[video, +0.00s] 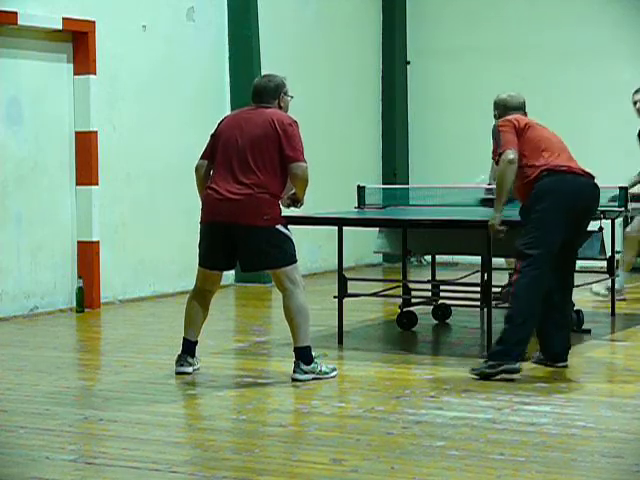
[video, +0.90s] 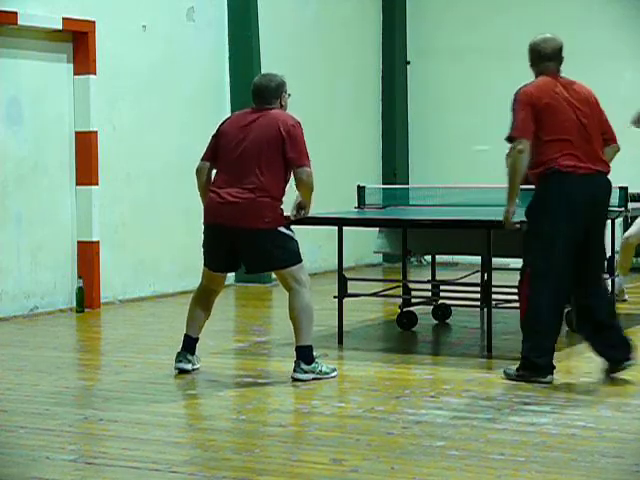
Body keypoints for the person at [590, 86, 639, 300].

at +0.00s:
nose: (638, 106)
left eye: (639, 101)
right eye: (636, 102)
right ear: (633, 105)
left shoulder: (639, 131)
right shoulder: (638, 132)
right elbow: (639, 172)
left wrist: (631, 187)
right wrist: (628, 185)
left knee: (632, 233)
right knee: (631, 233)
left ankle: (619, 281)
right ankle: (619, 281)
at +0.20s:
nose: (626, 132)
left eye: (630, 127)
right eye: (623, 129)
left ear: (639, 128)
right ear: (621, 133)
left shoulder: (636, 158)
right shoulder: (633, 158)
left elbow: (636, 188)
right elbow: (635, 189)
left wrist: (632, 196)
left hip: (638, 213)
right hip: (634, 212)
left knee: (617, 239)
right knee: (614, 239)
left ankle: (616, 286)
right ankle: (615, 285)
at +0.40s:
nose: (619, 148)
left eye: (623, 144)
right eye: (618, 145)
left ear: (635, 143)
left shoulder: (636, 161)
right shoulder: (634, 161)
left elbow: (630, 189)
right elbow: (630, 189)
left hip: (637, 220)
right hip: (635, 219)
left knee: (619, 243)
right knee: (619, 243)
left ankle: (614, 286)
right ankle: (615, 286)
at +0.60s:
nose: (630, 141)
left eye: (632, 137)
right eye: (629, 138)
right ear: (632, 140)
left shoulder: (638, 156)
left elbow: (635, 175)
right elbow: (636, 175)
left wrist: (622, 185)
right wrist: (622, 186)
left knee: (629, 240)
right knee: (629, 240)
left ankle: (618, 284)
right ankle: (618, 284)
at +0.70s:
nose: (636, 125)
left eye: (637, 121)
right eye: (636, 121)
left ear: (639, 122)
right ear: (634, 122)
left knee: (629, 242)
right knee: (628, 241)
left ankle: (619, 284)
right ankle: (619, 284)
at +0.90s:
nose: (636, 129)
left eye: (636, 126)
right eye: (636, 126)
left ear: (636, 123)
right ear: (635, 123)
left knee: (629, 239)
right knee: (628, 239)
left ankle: (620, 280)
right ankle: (620, 280)